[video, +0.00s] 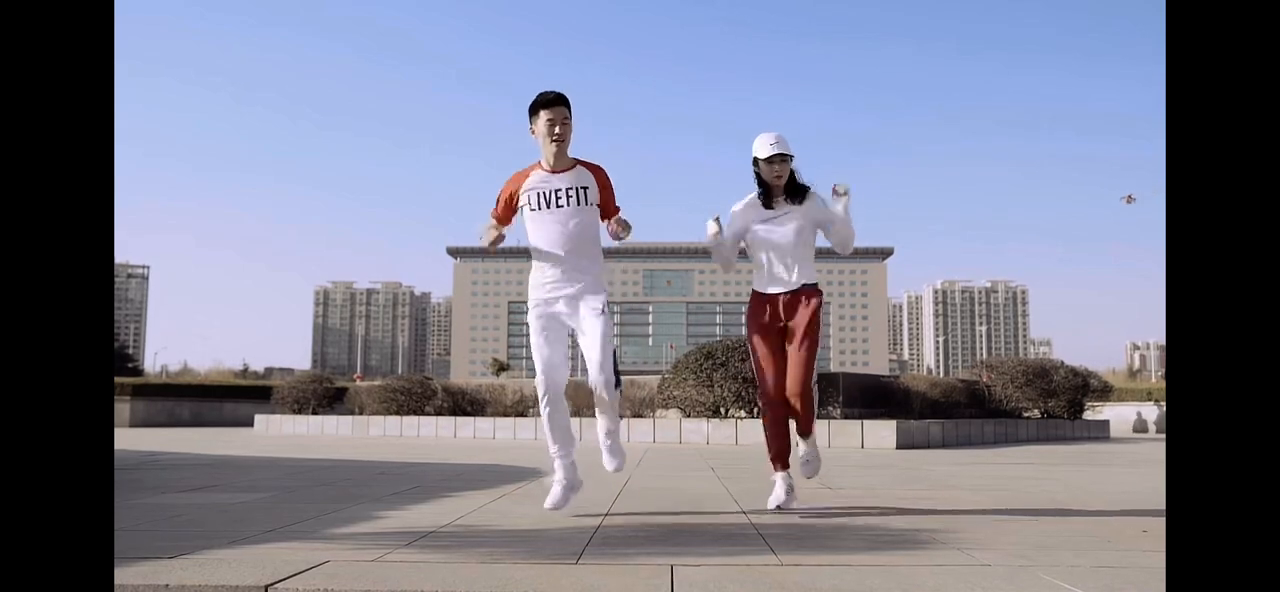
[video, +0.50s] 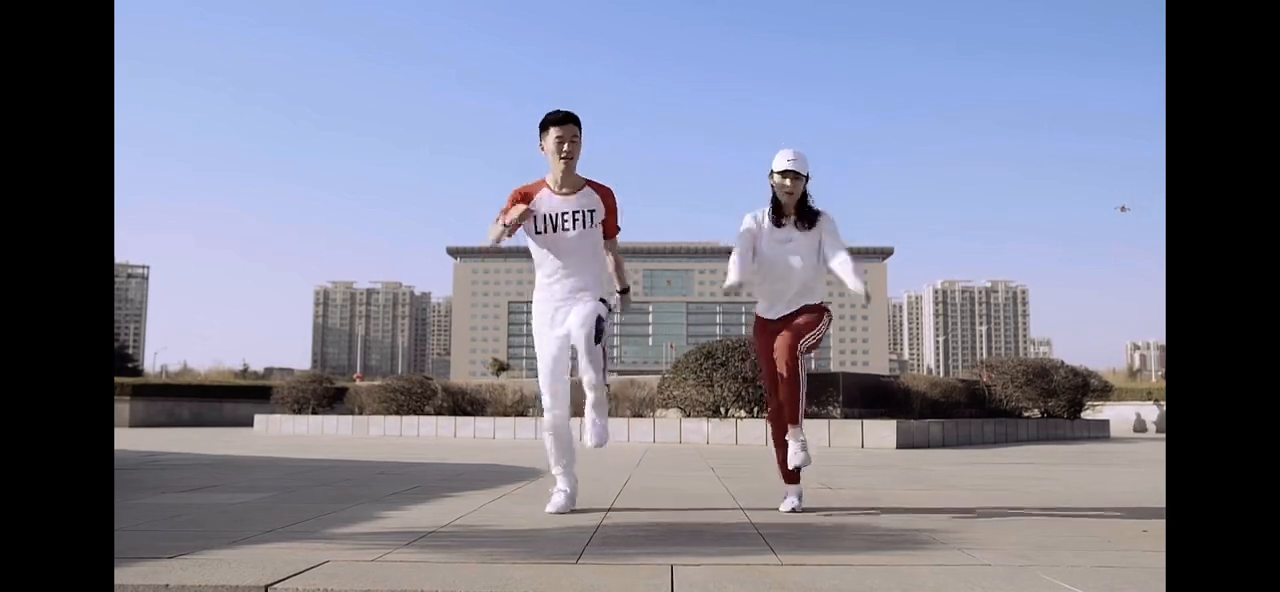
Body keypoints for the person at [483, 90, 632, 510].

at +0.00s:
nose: (558, 130)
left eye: (564, 123)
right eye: (550, 124)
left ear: (572, 128)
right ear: (534, 131)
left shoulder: (594, 175)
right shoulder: (520, 182)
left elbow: (614, 225)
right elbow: (495, 226)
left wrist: (619, 228)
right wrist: (493, 235)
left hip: (589, 290)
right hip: (544, 294)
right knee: (548, 386)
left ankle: (609, 432)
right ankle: (565, 473)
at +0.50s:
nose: (567, 146)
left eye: (573, 140)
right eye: (559, 140)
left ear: (581, 146)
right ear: (543, 147)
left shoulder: (602, 195)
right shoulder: (526, 196)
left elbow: (611, 247)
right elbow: (494, 240)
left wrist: (623, 286)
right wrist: (506, 224)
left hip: (590, 296)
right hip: (548, 303)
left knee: (583, 329)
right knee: (553, 404)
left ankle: (596, 406)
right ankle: (564, 484)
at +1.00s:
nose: (585, 137)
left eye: (591, 131)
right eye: (577, 131)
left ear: (597, 139)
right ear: (559, 139)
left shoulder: (614, 192)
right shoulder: (539, 191)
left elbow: (636, 247)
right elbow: (514, 239)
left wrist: (612, 241)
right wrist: (483, 284)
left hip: (594, 304)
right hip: (554, 294)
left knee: (591, 394)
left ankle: (591, 480)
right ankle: (540, 387)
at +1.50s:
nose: (588, 116)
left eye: (592, 110)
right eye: (579, 109)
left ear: (598, 122)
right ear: (560, 119)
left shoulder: (613, 174)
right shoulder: (536, 172)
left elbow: (637, 240)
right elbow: (525, 222)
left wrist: (633, 222)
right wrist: (511, 259)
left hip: (581, 291)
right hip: (537, 285)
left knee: (575, 392)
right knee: (522, 356)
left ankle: (567, 486)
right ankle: (551, 410)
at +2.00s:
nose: (567, 141)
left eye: (570, 136)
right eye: (557, 136)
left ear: (576, 145)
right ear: (538, 147)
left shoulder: (596, 194)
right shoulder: (528, 203)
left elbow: (624, 251)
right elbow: (521, 259)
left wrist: (642, 304)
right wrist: (498, 289)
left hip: (586, 318)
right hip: (541, 317)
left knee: (585, 407)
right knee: (544, 404)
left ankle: (591, 482)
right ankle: (558, 490)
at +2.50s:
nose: (555, 125)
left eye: (558, 119)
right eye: (545, 120)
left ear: (564, 128)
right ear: (525, 131)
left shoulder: (587, 178)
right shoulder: (512, 190)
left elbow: (618, 232)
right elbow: (496, 247)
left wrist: (610, 245)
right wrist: (480, 293)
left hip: (583, 300)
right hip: (537, 302)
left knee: (599, 396)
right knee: (540, 403)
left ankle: (618, 441)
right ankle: (553, 498)